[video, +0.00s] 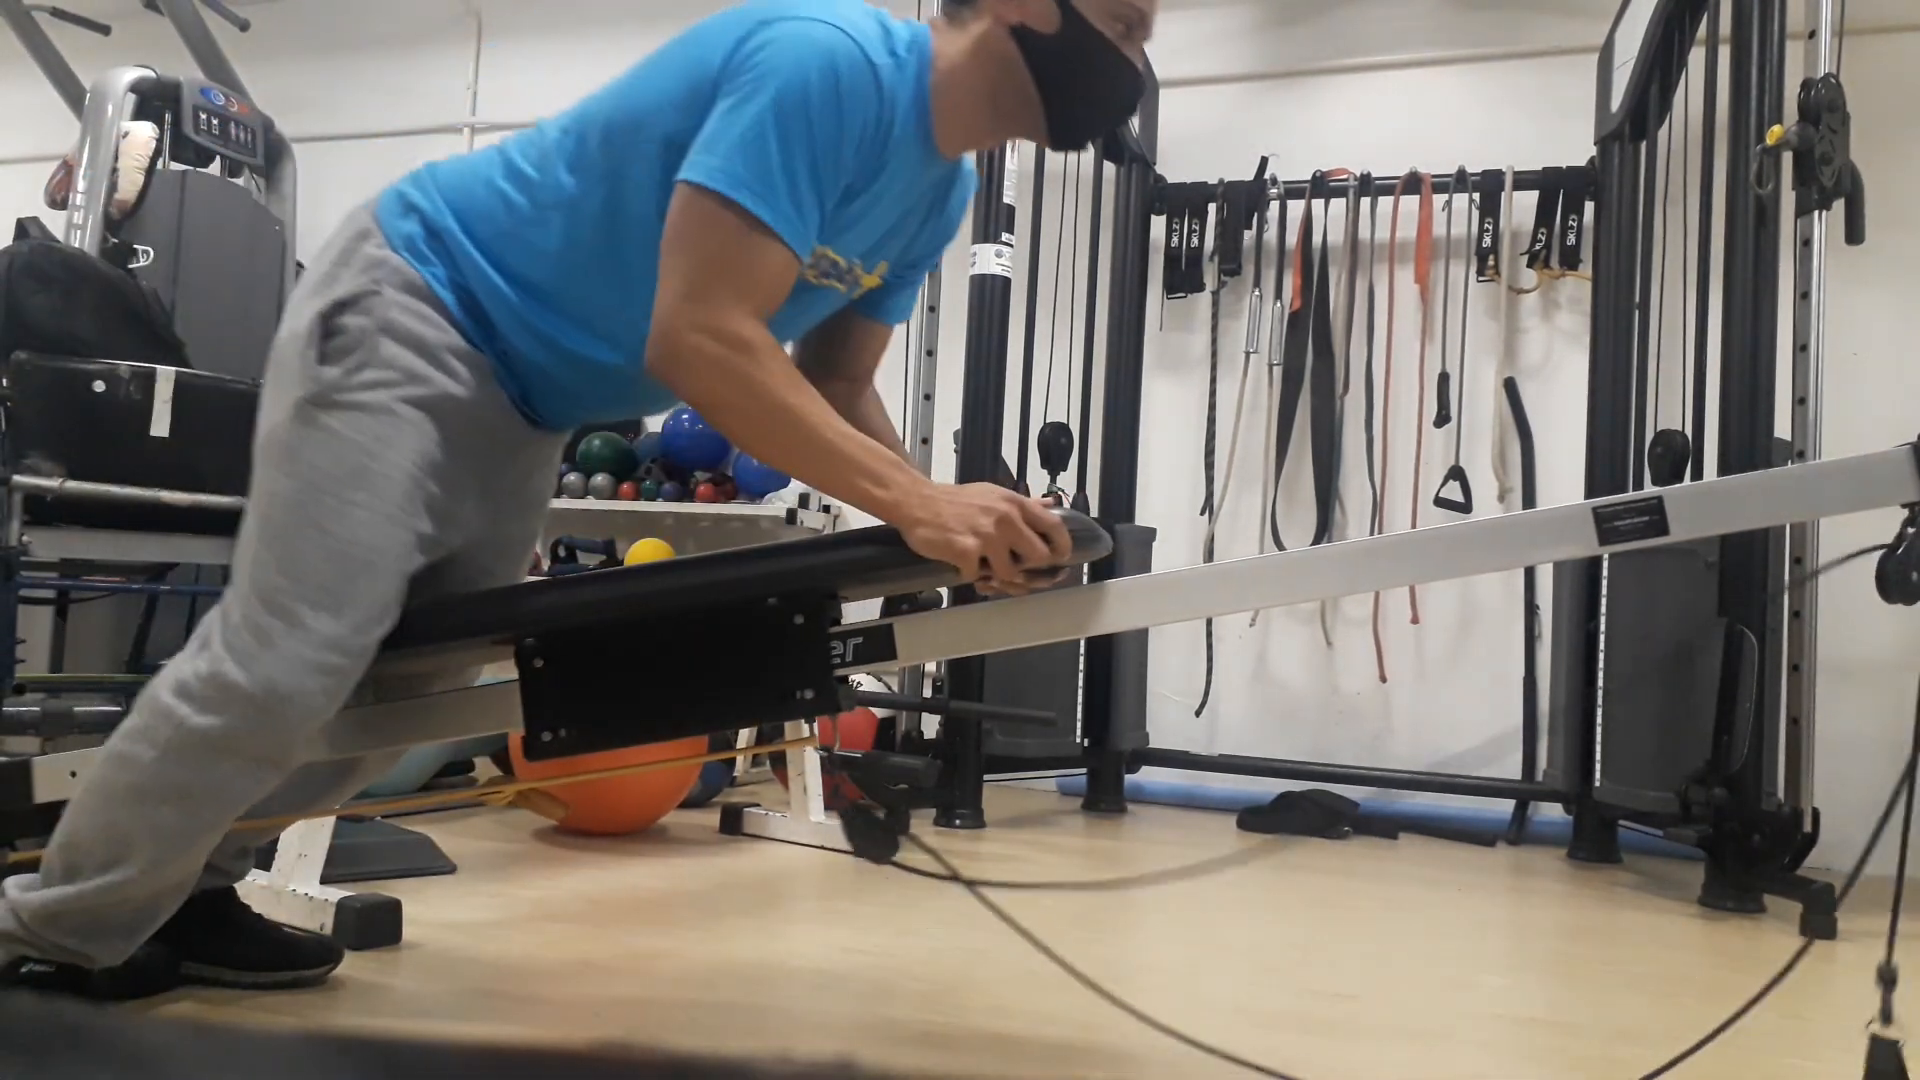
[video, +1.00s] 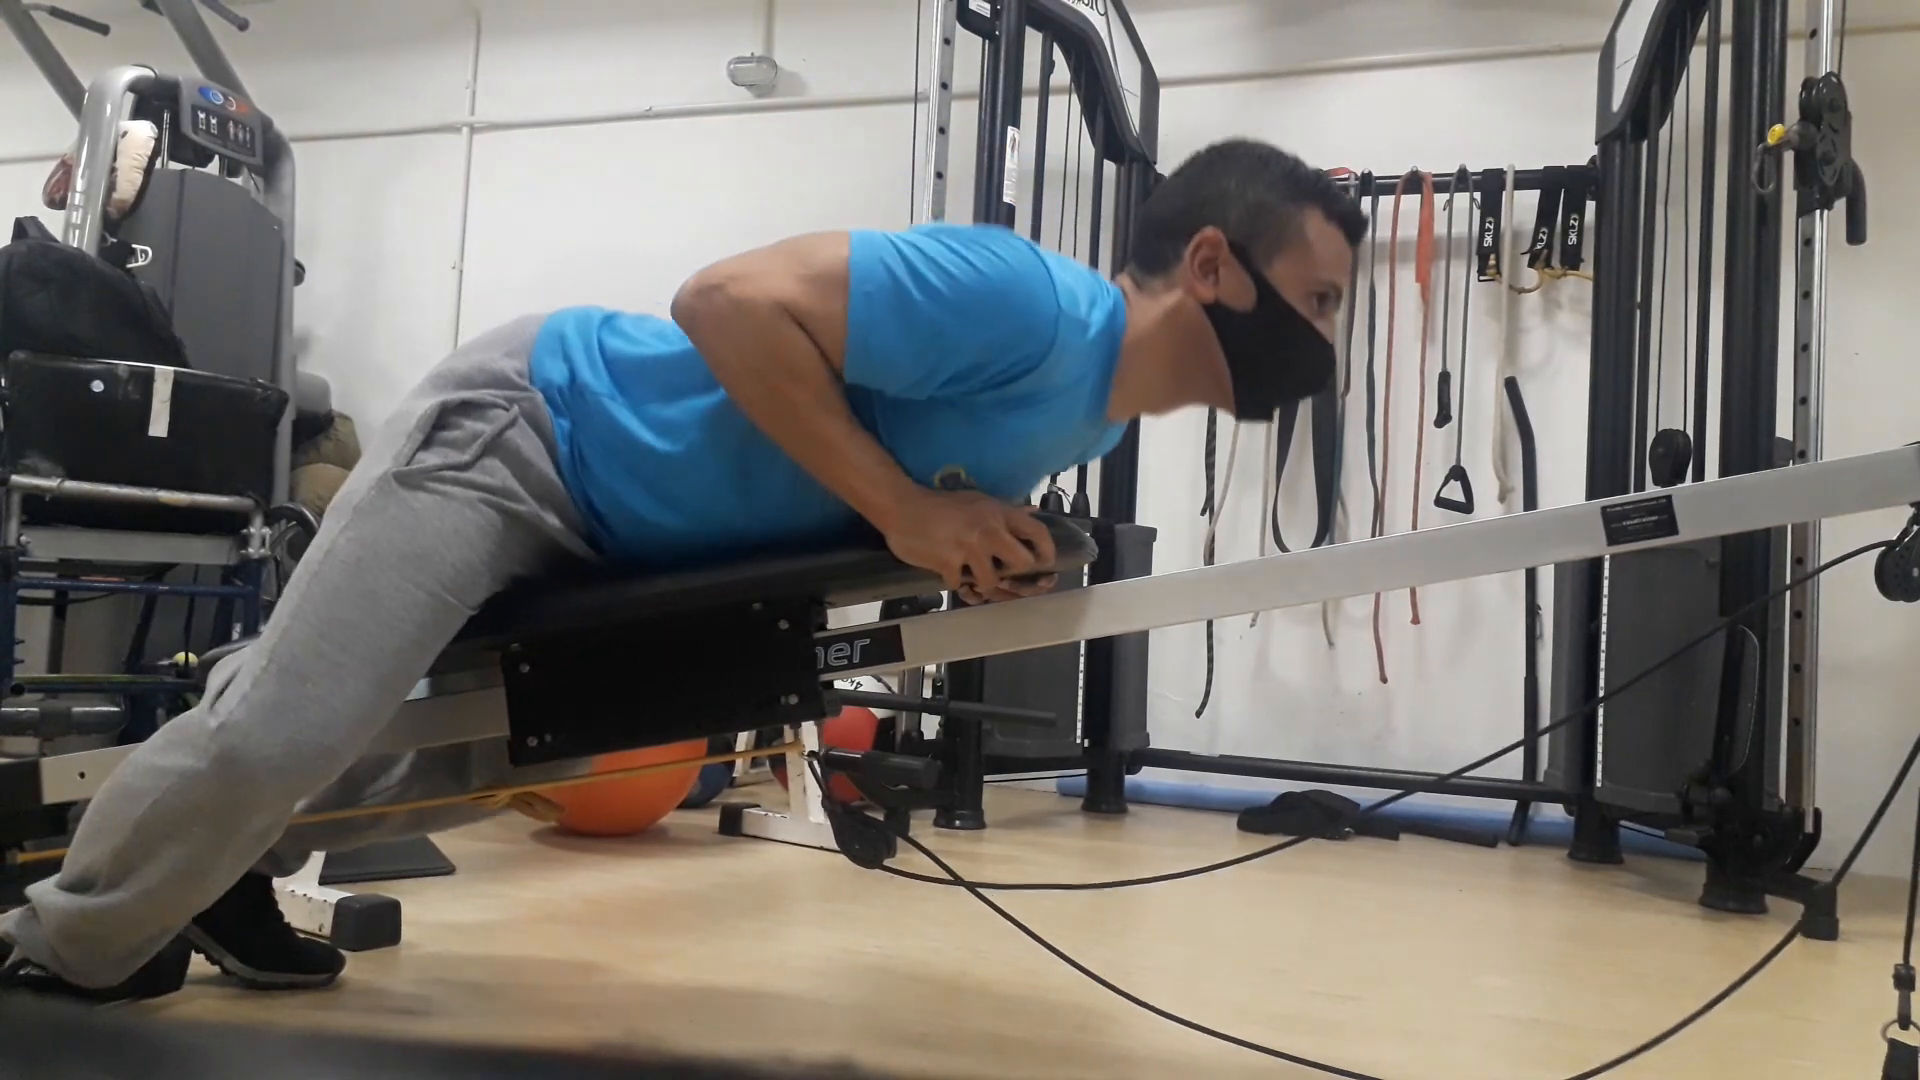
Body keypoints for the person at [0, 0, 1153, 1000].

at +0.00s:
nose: (1051, 143)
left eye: (1075, 127)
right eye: (1061, 110)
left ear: (1026, 60)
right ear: (1012, 28)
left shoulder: (942, 189)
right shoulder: (827, 65)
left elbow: (836, 373)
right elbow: (699, 340)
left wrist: (940, 512)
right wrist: (909, 500)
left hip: (525, 401)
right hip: (416, 302)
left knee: (434, 695)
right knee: (282, 673)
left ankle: (181, 882)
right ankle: (47, 939)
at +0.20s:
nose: (1173, 117)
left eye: (1187, 90)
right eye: (1163, 74)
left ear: (1104, 61)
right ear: (1071, 25)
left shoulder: (984, 210)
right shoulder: (883, 86)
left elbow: (842, 385)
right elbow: (699, 327)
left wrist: (928, 518)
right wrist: (907, 500)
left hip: (565, 437)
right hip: (461, 322)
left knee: (455, 714)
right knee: (299, 678)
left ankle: (191, 883)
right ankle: (48, 936)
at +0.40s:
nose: (1220, 164)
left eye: (1236, 136)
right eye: (1214, 119)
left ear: (1136, 101)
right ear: (1120, 71)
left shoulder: (1018, 266)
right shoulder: (926, 132)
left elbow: (851, 397)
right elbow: (706, 323)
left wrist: (936, 518)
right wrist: (905, 507)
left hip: (599, 465)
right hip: (493, 353)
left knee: (455, 716)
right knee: (309, 693)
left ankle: (206, 884)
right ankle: (58, 950)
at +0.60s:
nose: (1273, 235)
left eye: (1288, 205)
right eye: (1263, 192)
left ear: (1187, 165)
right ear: (1163, 141)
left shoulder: (1049, 304)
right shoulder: (970, 187)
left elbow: (859, 401)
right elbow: (718, 318)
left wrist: (948, 511)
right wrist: (900, 505)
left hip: (610, 485)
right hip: (513, 382)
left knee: (482, 733)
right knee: (308, 719)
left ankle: (215, 873)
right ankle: (63, 951)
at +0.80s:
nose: (1318, 296)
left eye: (1332, 268)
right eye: (1306, 252)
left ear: (1221, 241)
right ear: (1204, 210)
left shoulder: (1080, 380)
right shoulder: (1008, 253)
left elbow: (875, 428)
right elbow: (728, 310)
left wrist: (968, 518)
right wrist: (907, 506)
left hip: (629, 520)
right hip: (537, 404)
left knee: (503, 735)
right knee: (300, 726)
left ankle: (223, 842)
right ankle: (68, 944)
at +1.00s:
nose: (1315, 347)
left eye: (1332, 319)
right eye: (1305, 302)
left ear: (1225, 293)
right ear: (1208, 263)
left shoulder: (1085, 426)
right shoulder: (1024, 308)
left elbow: (858, 494)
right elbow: (731, 308)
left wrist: (973, 559)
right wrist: (910, 510)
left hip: (621, 550)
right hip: (538, 427)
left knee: (493, 750)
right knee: (294, 726)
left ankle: (236, 848)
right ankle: (60, 945)